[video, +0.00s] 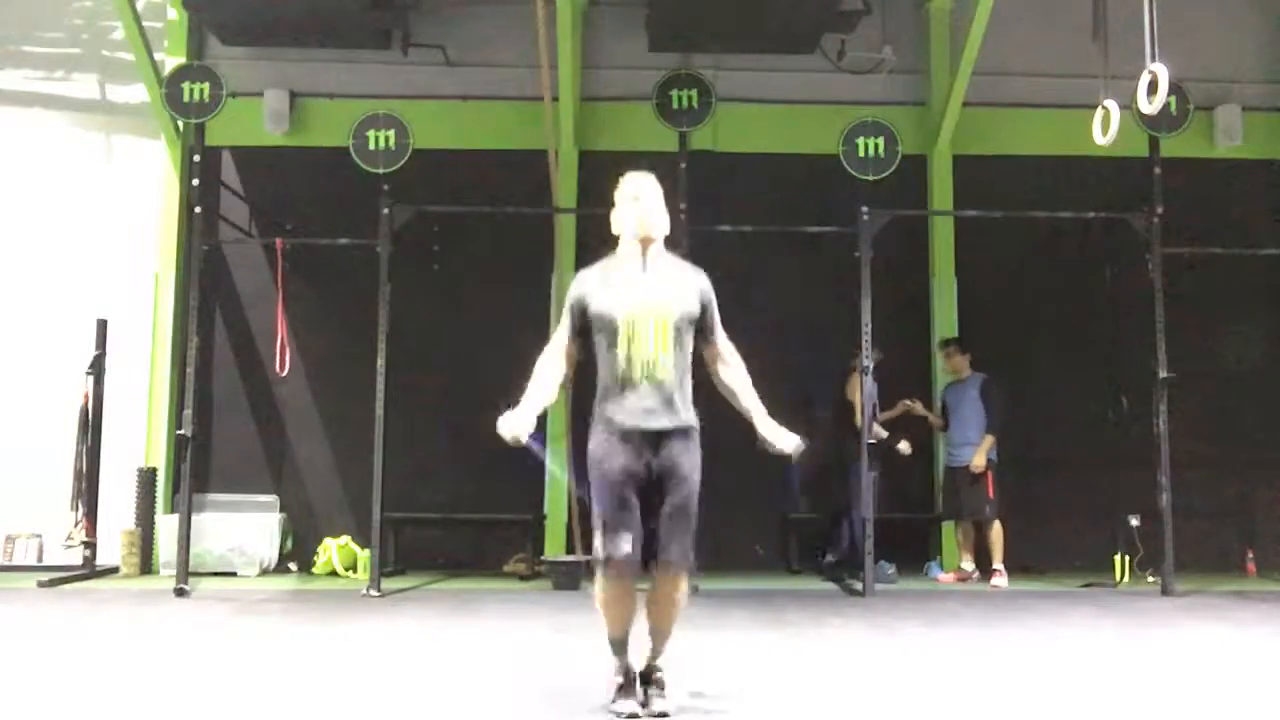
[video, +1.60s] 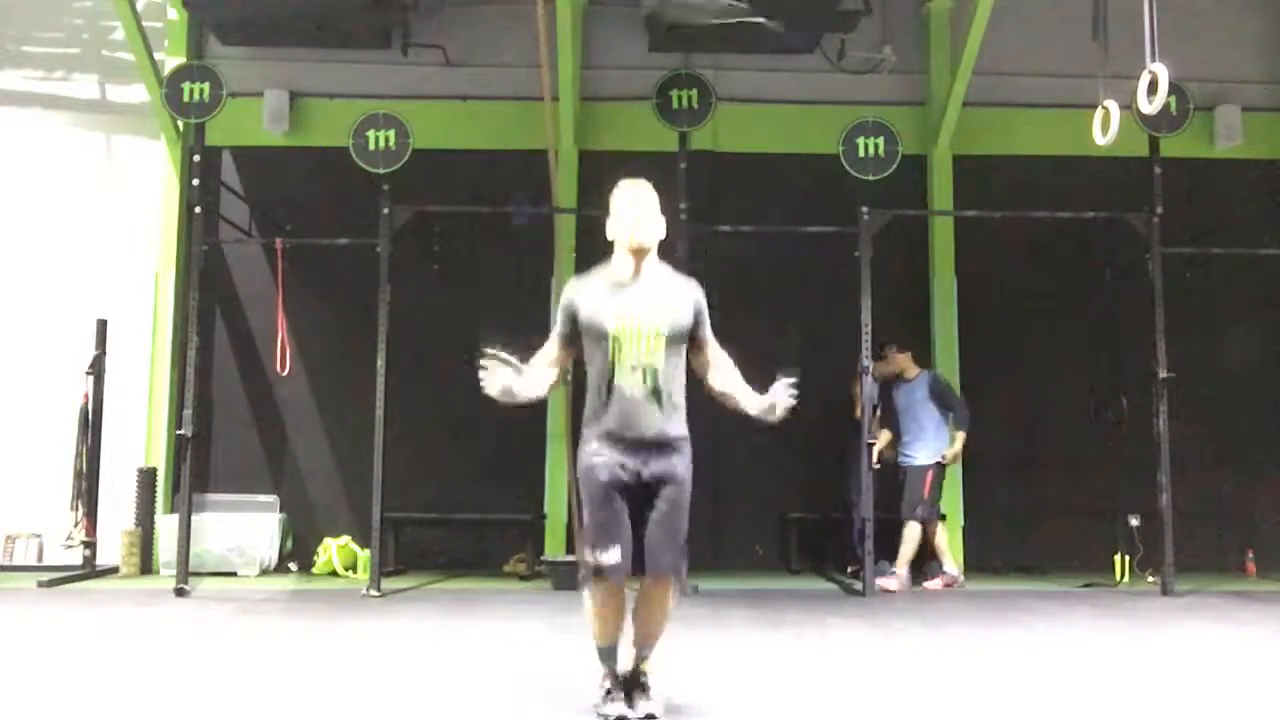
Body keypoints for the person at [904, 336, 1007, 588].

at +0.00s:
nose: (947, 362)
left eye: (951, 356)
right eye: (945, 357)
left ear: (966, 356)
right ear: (946, 360)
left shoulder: (984, 384)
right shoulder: (948, 391)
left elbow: (994, 421)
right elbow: (945, 425)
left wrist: (982, 452)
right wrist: (924, 413)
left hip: (979, 459)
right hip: (955, 462)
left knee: (988, 516)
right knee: (961, 517)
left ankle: (998, 568)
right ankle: (967, 567)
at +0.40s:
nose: (959, 361)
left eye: (963, 355)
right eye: (958, 356)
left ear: (980, 355)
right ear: (962, 357)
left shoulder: (1003, 384)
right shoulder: (961, 389)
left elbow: (1019, 423)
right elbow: (955, 423)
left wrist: (1018, 457)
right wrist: (924, 412)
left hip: (994, 460)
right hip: (964, 461)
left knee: (996, 517)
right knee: (962, 515)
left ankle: (999, 569)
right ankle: (968, 567)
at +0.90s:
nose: (945, 364)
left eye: (948, 358)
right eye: (944, 358)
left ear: (963, 357)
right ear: (953, 359)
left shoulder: (990, 384)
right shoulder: (950, 389)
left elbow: (999, 425)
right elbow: (945, 423)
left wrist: (983, 459)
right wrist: (915, 440)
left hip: (985, 462)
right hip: (956, 463)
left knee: (992, 517)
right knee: (953, 518)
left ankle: (998, 568)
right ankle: (954, 573)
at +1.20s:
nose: (920, 361)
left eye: (924, 355)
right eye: (920, 356)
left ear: (939, 355)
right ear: (934, 357)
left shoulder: (967, 381)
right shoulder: (924, 387)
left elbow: (982, 417)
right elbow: (921, 424)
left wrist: (957, 443)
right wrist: (912, 458)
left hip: (960, 459)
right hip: (931, 460)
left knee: (968, 514)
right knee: (940, 518)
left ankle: (993, 560)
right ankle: (952, 572)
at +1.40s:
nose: (905, 361)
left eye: (909, 355)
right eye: (904, 356)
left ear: (924, 353)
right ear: (911, 358)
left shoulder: (951, 380)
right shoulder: (910, 387)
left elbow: (967, 418)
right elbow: (907, 423)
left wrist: (955, 450)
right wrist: (895, 451)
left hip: (943, 458)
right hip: (920, 459)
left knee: (936, 513)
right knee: (928, 515)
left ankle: (960, 562)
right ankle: (947, 571)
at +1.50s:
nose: (898, 361)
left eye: (902, 355)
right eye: (896, 356)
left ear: (916, 353)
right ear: (900, 359)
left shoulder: (940, 380)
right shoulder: (902, 388)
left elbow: (964, 414)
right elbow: (898, 423)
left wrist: (956, 448)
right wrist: (886, 449)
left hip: (937, 456)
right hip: (914, 458)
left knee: (922, 512)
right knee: (932, 516)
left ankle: (931, 572)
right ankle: (951, 569)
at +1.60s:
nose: (891, 363)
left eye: (894, 357)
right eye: (888, 359)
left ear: (907, 356)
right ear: (890, 362)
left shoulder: (932, 381)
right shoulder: (894, 388)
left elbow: (961, 411)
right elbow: (891, 423)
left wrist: (957, 446)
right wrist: (877, 446)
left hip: (930, 458)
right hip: (909, 459)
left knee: (913, 515)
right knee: (930, 517)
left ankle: (900, 574)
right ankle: (951, 570)